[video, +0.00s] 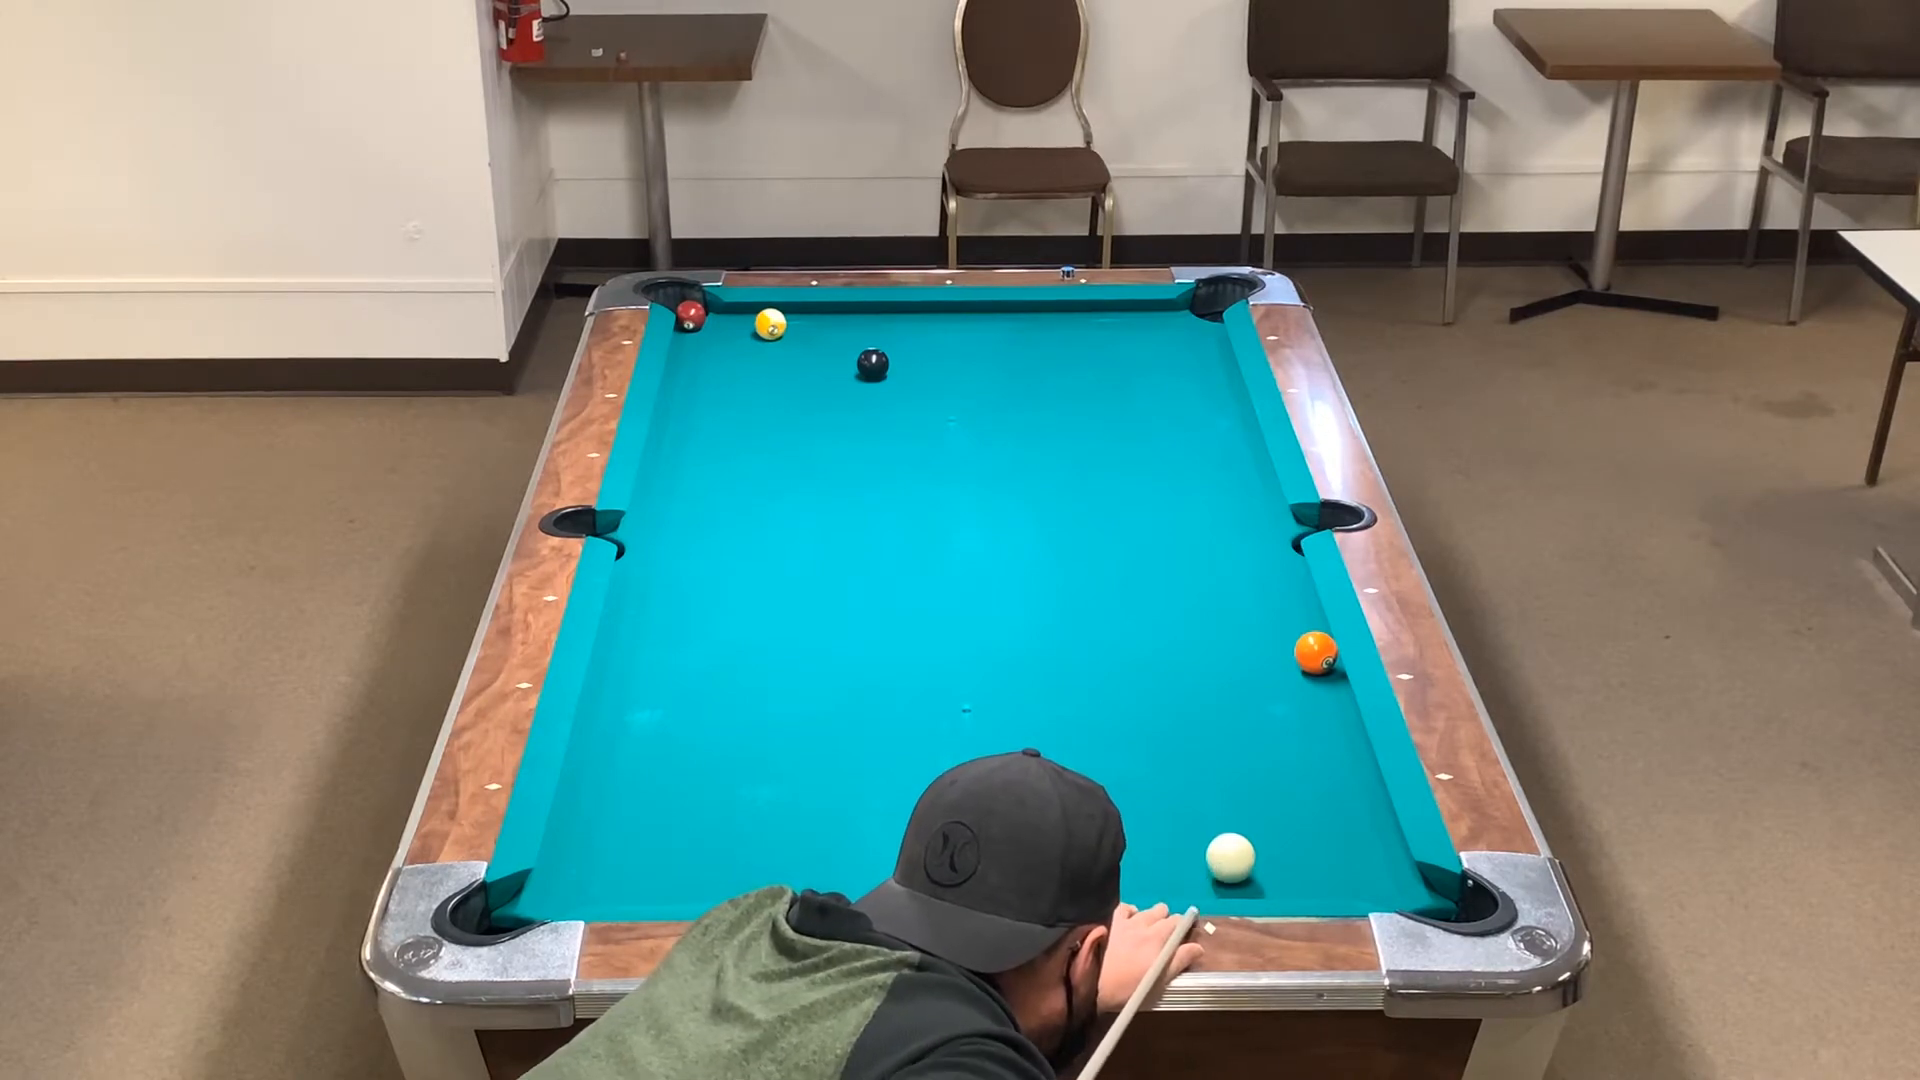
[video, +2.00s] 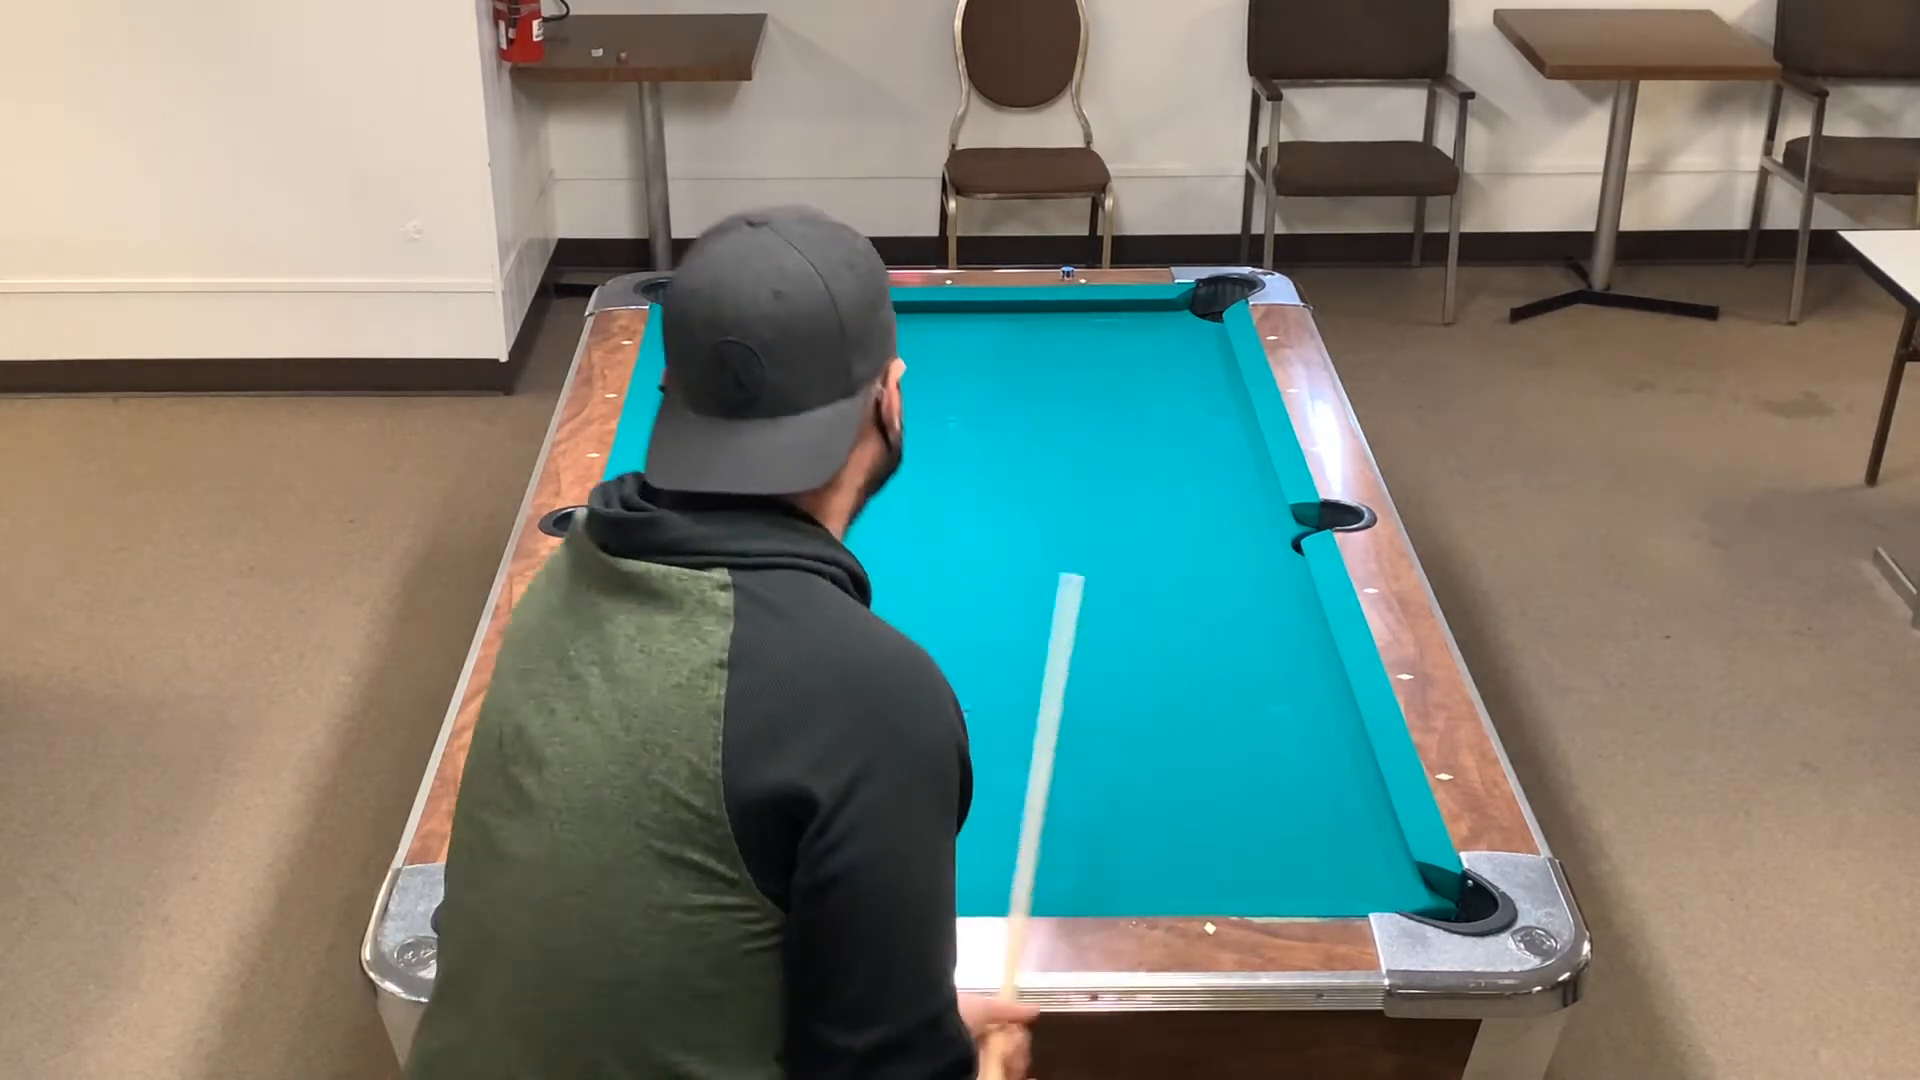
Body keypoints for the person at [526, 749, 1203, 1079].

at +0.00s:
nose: (1108, 940)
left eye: (1107, 929)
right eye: (1107, 928)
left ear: (908, 873)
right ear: (1082, 958)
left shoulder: (750, 916)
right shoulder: (969, 1057)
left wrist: (1076, 994)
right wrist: (1100, 1016)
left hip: (558, 1063)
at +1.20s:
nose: (1068, 874)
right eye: (1069, 853)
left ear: (878, 786)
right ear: (1055, 867)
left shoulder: (754, 857)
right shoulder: (966, 1031)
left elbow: (859, 1004)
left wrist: (1059, 985)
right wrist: (1074, 988)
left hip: (510, 1052)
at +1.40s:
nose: (1056, 751)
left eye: (1053, 729)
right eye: (1057, 733)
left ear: (854, 688)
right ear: (1040, 759)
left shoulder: (750, 793)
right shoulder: (967, 971)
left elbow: (821, 947)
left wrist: (1057, 972)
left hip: (465, 1044)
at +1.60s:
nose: (1019, 613)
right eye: (1023, 592)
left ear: (806, 578)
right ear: (1003, 620)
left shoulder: (709, 709)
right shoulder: (942, 862)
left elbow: (800, 892)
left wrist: (1040, 955)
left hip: (430, 1048)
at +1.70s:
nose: (991, 552)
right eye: (991, 531)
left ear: (779, 519)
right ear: (974, 557)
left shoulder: (675, 670)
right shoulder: (926, 807)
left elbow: (773, 886)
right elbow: (885, 1068)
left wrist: (1026, 954)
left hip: (417, 1053)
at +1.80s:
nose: (962, 483)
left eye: (953, 458)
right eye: (959, 463)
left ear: (752, 461)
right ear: (942, 491)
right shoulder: (900, 755)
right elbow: (870, 1061)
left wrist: (1016, 952)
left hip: (425, 1047)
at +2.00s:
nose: (900, 388)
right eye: (896, 373)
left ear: (677, 387)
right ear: (884, 403)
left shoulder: (566, 579)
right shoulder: (869, 696)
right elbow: (885, 1056)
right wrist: (978, 1055)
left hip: (457, 1050)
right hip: (704, 1064)